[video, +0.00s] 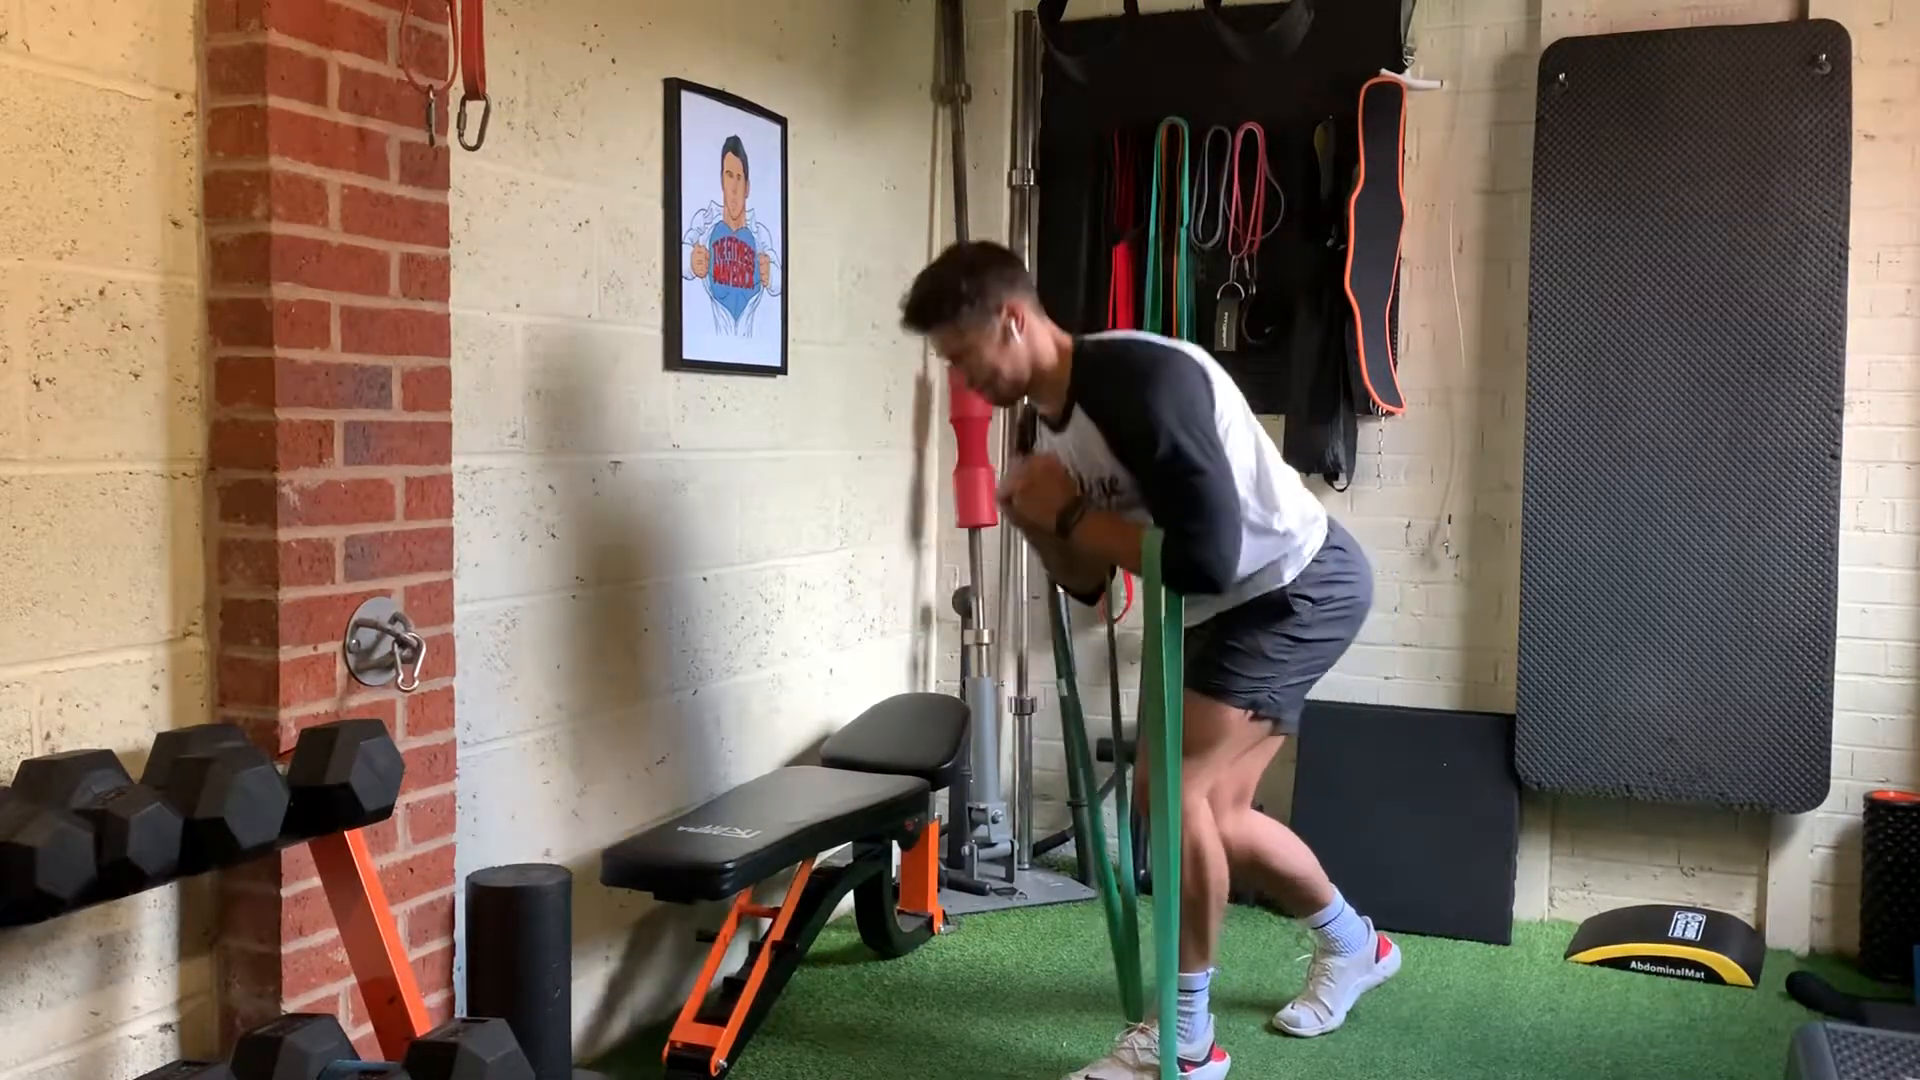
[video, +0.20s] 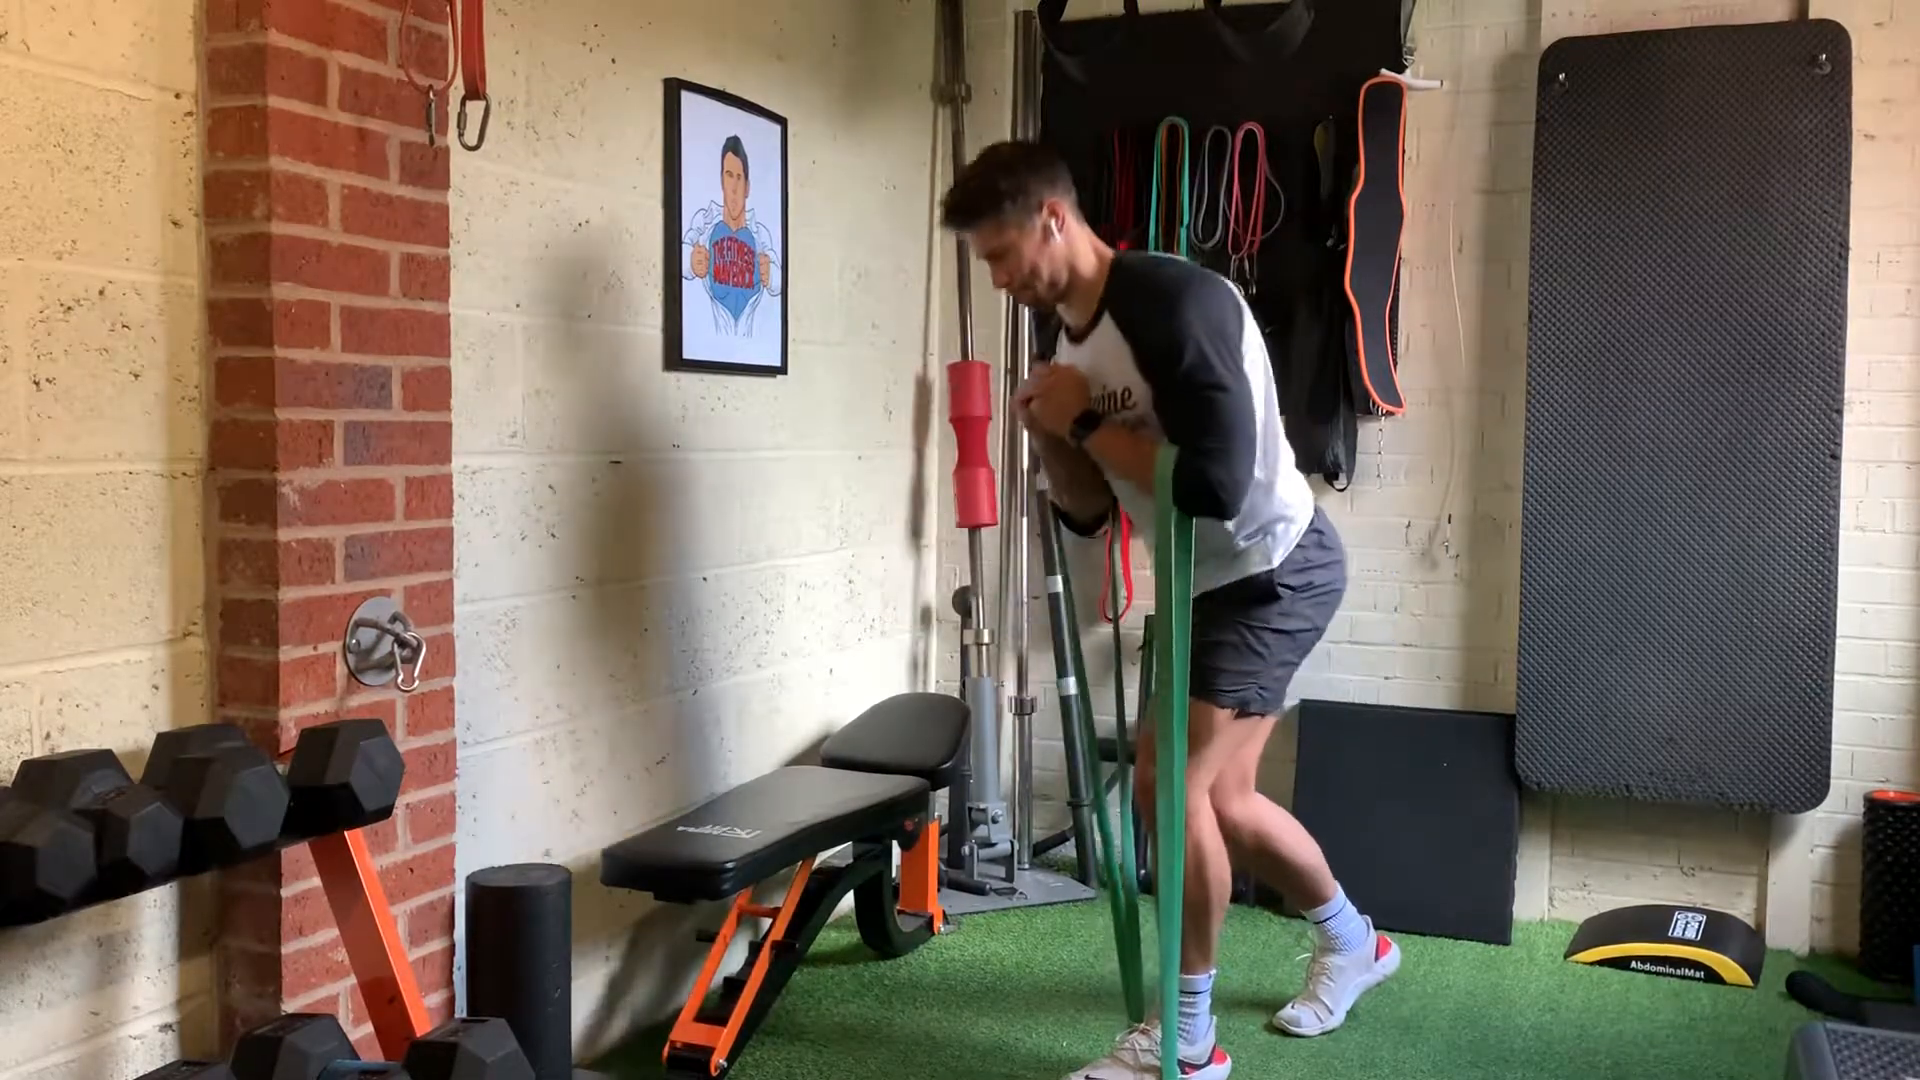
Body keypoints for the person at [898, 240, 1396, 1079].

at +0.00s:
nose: (960, 379)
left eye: (963, 355)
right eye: (948, 363)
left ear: (1017, 319)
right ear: (1011, 328)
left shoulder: (1144, 384)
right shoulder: (1032, 424)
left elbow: (1208, 561)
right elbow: (1092, 587)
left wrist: (1072, 515)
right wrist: (1041, 523)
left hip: (1300, 581)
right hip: (1226, 595)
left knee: (1173, 788)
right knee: (1221, 818)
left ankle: (1185, 1036)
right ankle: (1356, 943)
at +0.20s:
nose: (999, 280)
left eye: (1005, 255)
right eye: (986, 262)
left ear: (1057, 220)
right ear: (1031, 234)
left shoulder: (1180, 302)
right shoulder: (1060, 331)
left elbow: (1220, 488)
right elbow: (1090, 510)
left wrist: (1085, 428)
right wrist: (1050, 434)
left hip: (1274, 565)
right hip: (1200, 570)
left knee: (1167, 782)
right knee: (1226, 800)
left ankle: (1187, 1035)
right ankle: (1357, 941)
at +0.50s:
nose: (1083, 196)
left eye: (1093, 170)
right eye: (1067, 179)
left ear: (1143, 133)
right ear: (1063, 169)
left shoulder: (1244, 237)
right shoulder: (1106, 257)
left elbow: (1241, 411)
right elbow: (1088, 434)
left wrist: (1119, 327)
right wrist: (1085, 335)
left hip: (1231, 546)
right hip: (1153, 555)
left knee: (1162, 769)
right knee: (1236, 769)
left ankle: (1188, 1035)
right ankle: (1346, 936)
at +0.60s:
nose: (1087, 193)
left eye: (1097, 168)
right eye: (1072, 176)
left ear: (1149, 132)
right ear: (1068, 164)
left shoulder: (1250, 240)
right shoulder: (1113, 257)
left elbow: (1243, 411)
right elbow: (1090, 434)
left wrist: (1122, 327)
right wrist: (1087, 333)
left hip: (1231, 545)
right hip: (1152, 553)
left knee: (1160, 768)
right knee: (1232, 768)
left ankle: (1187, 1037)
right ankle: (1343, 936)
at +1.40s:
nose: (1027, 232)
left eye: (1031, 206)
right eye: (1015, 216)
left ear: (1088, 170)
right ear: (1064, 186)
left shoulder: (1209, 264)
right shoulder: (1080, 287)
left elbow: (1227, 450)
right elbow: (1096, 472)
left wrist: (1096, 383)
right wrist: (1064, 386)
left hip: (1256, 560)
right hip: (1180, 563)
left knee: (1162, 775)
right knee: (1221, 784)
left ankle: (1186, 1034)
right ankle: (1347, 935)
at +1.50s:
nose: (1000, 271)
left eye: (1004, 247)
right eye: (988, 254)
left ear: (1059, 212)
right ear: (1052, 222)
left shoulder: (1189, 295)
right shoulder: (1070, 320)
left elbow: (1222, 485)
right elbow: (1095, 501)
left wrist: (1090, 423)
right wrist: (1052, 428)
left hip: (1271, 569)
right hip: (1201, 571)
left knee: (1164, 776)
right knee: (1216, 786)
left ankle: (1189, 1035)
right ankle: (1349, 935)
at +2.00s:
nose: (945, 503)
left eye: (946, 479)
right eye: (933, 485)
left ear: (997, 441)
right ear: (996, 445)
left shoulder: (1143, 469)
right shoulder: (1032, 515)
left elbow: (1224, 642)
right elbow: (1101, 657)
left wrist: (1081, 605)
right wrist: (1049, 626)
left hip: (1325, 590)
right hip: (1251, 602)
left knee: (1202, 798)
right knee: (1208, 805)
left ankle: (1188, 1038)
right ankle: (1350, 937)